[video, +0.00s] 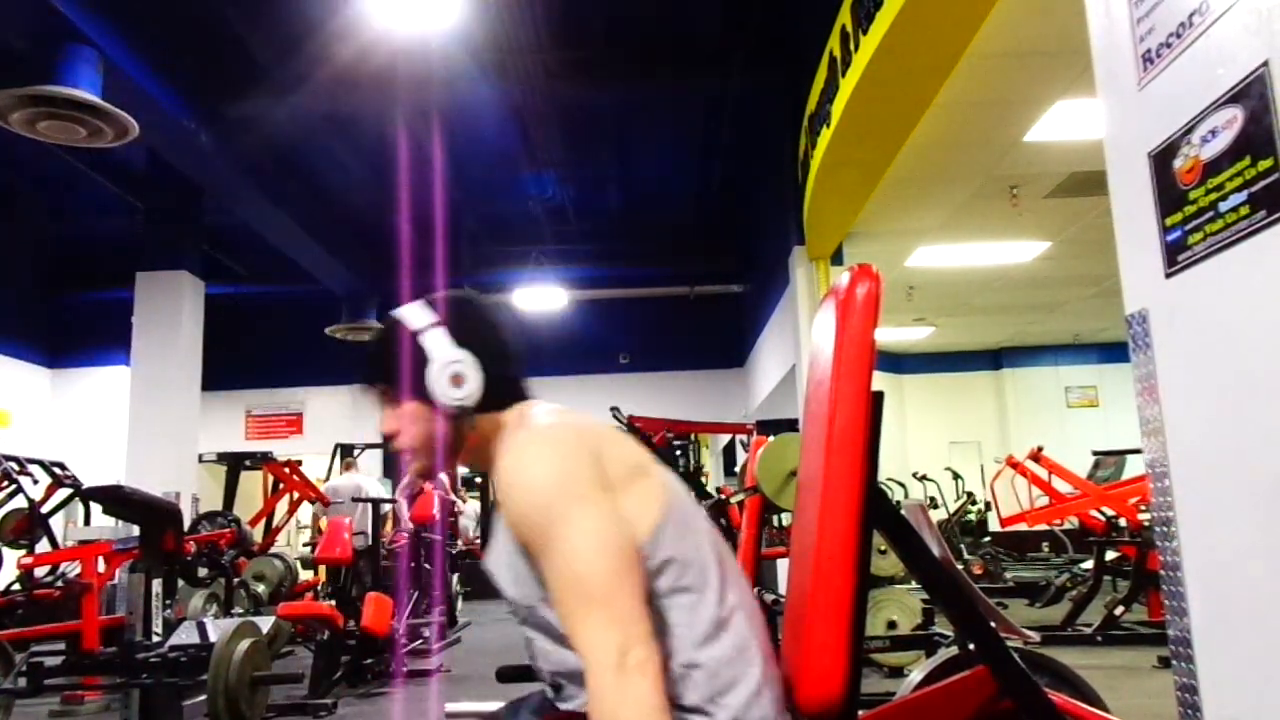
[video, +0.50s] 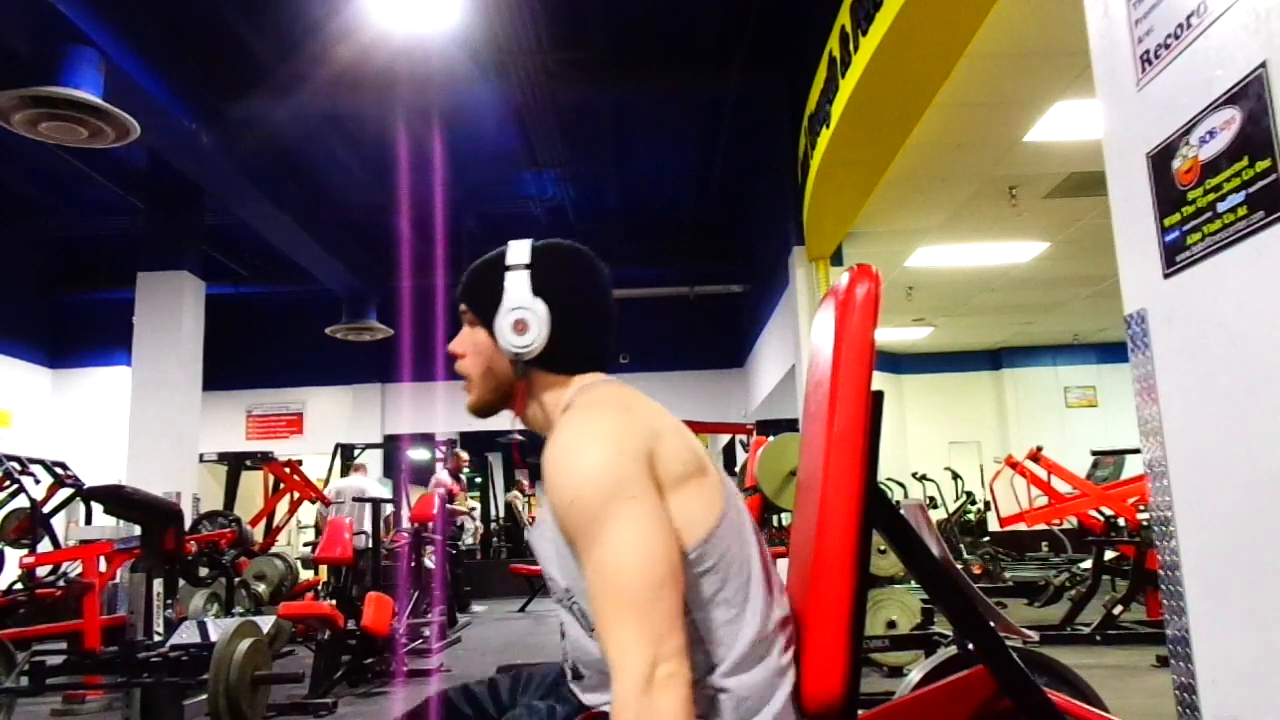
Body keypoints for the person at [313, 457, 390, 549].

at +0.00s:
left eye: (341, 470)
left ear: (342, 469)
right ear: (357, 469)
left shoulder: (331, 485)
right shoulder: (372, 484)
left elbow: (316, 512)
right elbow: (388, 510)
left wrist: (314, 534)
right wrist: (387, 531)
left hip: (336, 541)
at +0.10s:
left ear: (342, 470)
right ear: (357, 469)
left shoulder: (329, 486)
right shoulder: (371, 484)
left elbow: (315, 513)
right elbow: (384, 511)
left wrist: (316, 535)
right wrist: (378, 533)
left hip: (335, 542)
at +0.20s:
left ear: (343, 470)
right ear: (357, 469)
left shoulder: (329, 485)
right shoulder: (370, 484)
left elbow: (314, 513)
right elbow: (383, 510)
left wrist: (315, 535)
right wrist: (378, 533)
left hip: (335, 541)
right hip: (363, 541)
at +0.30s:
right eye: (359, 471)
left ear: (345, 470)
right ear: (359, 470)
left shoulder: (330, 485)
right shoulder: (371, 485)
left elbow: (316, 513)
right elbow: (384, 512)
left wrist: (318, 534)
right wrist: (380, 532)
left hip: (335, 542)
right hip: (363, 542)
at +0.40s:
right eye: (362, 473)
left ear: (346, 472)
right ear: (362, 472)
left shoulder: (331, 485)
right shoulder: (373, 486)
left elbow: (319, 515)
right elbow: (386, 513)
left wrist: (321, 537)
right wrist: (385, 533)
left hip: (335, 542)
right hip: (364, 543)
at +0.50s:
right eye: (365, 475)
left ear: (349, 472)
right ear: (365, 474)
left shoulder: (334, 486)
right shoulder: (375, 486)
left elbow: (321, 512)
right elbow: (388, 512)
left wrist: (325, 533)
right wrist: (388, 534)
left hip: (336, 541)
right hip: (365, 543)